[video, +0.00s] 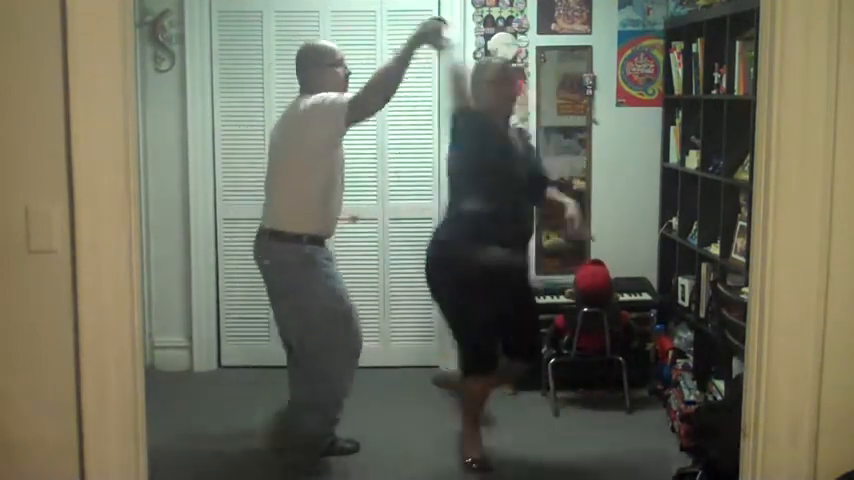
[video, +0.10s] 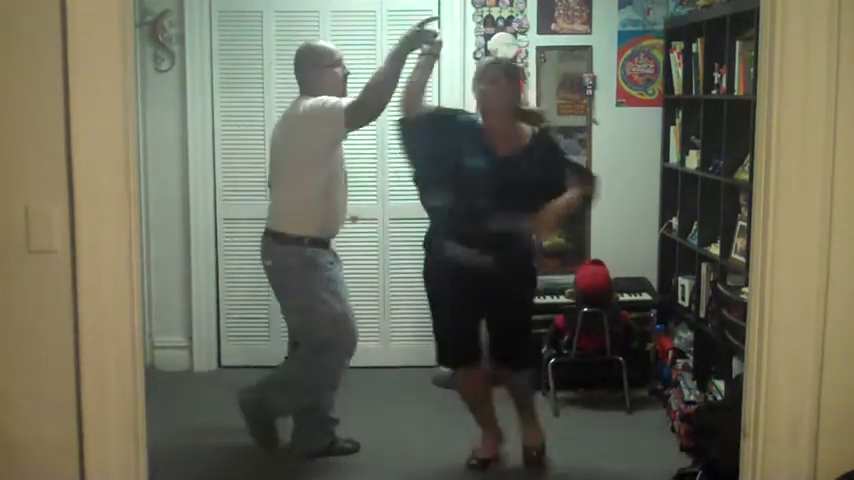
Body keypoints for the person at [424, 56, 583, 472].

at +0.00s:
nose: (510, 92)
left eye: (514, 83)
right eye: (500, 83)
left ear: (519, 90)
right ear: (480, 89)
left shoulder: (519, 139)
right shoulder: (469, 126)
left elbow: (535, 185)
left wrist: (566, 205)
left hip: (506, 262)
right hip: (460, 258)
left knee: (522, 354)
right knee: (480, 357)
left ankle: (466, 389)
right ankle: (471, 441)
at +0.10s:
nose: (485, 92)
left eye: (495, 85)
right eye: (481, 85)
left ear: (516, 91)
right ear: (474, 93)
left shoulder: (538, 146)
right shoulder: (458, 135)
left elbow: (577, 187)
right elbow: (411, 112)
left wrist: (558, 209)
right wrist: (425, 60)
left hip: (510, 262)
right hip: (453, 261)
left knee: (512, 360)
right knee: (463, 363)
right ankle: (489, 434)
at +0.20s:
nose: (472, 87)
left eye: (482, 81)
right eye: (474, 80)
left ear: (510, 93)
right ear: (477, 89)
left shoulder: (534, 144)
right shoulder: (457, 131)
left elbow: (558, 198)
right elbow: (407, 106)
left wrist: (493, 207)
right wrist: (428, 55)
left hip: (505, 263)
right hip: (459, 261)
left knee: (480, 358)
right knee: (463, 359)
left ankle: (513, 452)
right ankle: (503, 443)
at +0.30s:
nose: (471, 91)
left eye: (479, 85)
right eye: (475, 85)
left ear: (498, 93)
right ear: (499, 92)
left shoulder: (504, 138)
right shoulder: (488, 132)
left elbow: (484, 200)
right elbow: (458, 95)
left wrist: (438, 203)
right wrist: (455, 43)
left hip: (496, 261)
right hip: (491, 258)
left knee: (459, 355)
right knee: (479, 354)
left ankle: (478, 460)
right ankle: (508, 444)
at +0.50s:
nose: (521, 84)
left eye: (515, 78)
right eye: (517, 77)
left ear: (469, 93)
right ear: (516, 87)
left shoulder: (449, 139)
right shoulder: (532, 127)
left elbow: (408, 181)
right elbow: (556, 64)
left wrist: (451, 213)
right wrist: (509, 26)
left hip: (465, 258)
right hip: (524, 255)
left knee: (466, 358)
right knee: (511, 351)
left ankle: (475, 458)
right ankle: (471, 431)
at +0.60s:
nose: (522, 92)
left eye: (520, 85)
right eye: (517, 85)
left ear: (473, 97)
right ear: (504, 94)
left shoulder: (461, 140)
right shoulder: (518, 131)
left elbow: (451, 191)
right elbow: (536, 78)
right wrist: (498, 36)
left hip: (461, 257)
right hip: (509, 261)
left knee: (474, 350)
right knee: (512, 360)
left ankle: (427, 416)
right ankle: (462, 439)